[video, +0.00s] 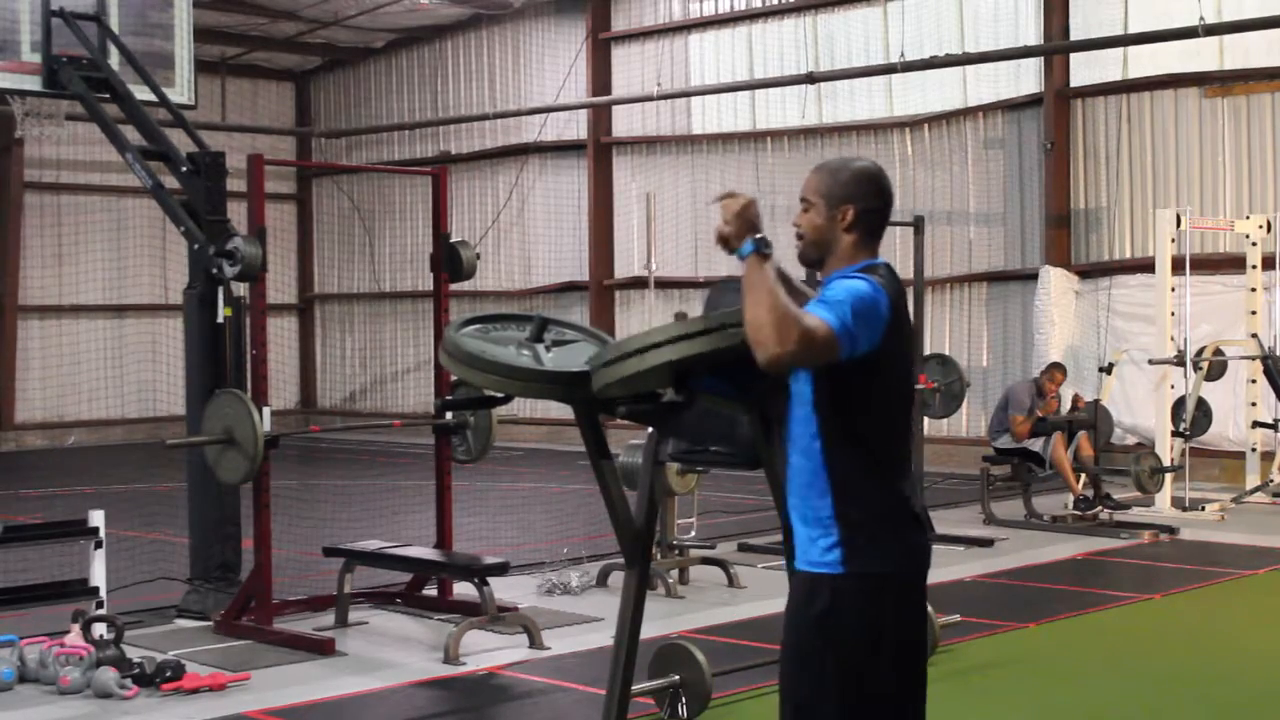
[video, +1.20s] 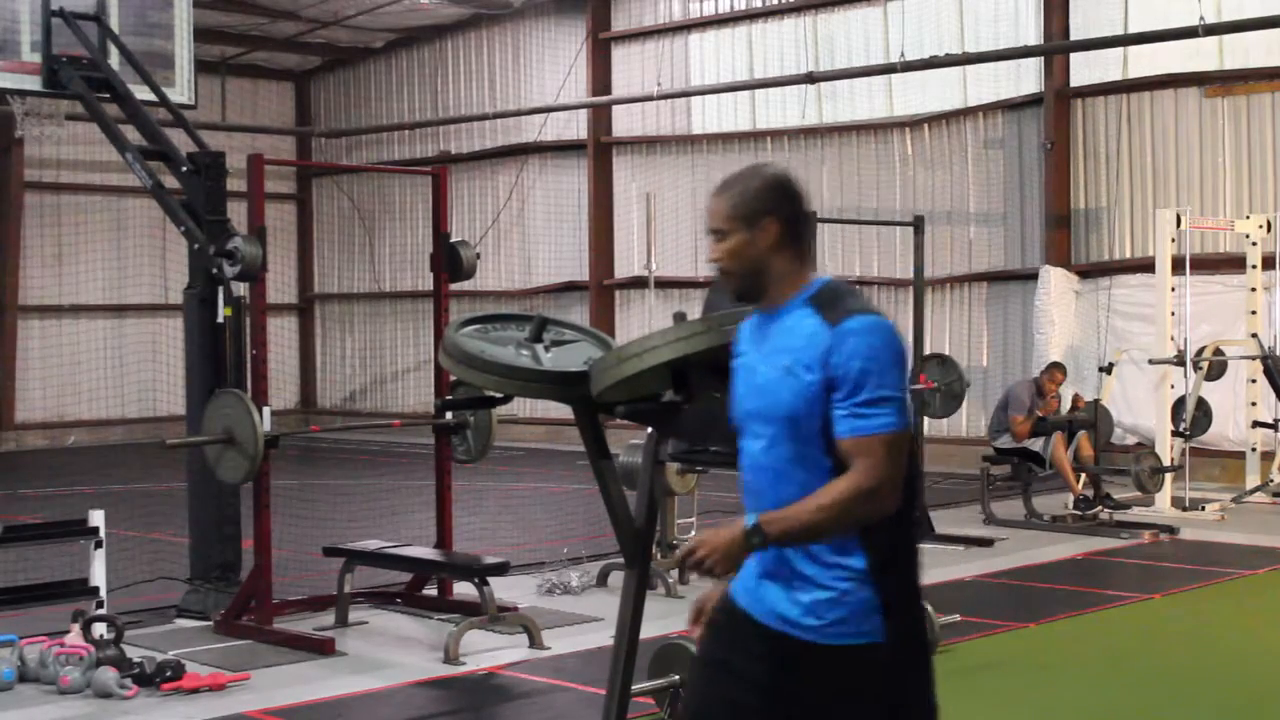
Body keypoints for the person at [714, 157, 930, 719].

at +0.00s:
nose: (796, 220)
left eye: (807, 208)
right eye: (799, 207)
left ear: (846, 219)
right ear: (849, 221)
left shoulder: (859, 292)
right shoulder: (856, 287)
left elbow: (779, 347)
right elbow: (810, 325)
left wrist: (749, 246)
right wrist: (761, 261)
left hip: (851, 565)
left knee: (829, 707)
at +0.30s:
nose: (816, 234)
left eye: (826, 220)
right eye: (816, 221)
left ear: (873, 226)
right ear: (877, 228)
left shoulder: (885, 309)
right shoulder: (897, 295)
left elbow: (819, 393)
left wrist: (758, 292)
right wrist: (836, 284)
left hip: (866, 577)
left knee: (842, 708)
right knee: (868, 707)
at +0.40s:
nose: (821, 240)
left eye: (830, 225)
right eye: (821, 226)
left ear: (877, 229)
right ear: (876, 231)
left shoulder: (899, 320)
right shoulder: (879, 309)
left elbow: (858, 433)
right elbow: (848, 417)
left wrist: (757, 356)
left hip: (884, 588)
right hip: (849, 578)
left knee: (878, 711)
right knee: (821, 707)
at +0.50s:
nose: (821, 238)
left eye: (832, 223)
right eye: (821, 223)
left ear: (880, 228)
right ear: (874, 231)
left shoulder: (911, 330)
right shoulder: (883, 315)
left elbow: (904, 473)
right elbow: (876, 447)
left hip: (899, 599)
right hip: (856, 589)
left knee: (893, 711)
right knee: (825, 707)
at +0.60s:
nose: (825, 232)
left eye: (836, 216)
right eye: (826, 217)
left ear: (884, 222)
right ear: (882, 224)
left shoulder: (917, 330)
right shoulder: (884, 313)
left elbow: (947, 477)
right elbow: (893, 457)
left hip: (906, 605)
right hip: (860, 595)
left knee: (901, 713)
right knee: (822, 709)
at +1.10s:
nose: (758, 243)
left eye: (768, 226)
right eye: (758, 227)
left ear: (817, 226)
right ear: (809, 228)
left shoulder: (893, 336)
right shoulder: (796, 318)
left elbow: (898, 487)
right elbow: (818, 468)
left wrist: (764, 519)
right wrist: (772, 561)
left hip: (872, 625)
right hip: (787, 603)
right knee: (735, 710)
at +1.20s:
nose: (712, 255)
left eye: (721, 236)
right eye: (712, 238)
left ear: (770, 232)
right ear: (766, 234)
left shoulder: (857, 333)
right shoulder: (752, 335)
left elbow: (878, 484)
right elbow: (783, 480)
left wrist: (750, 536)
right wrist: (734, 584)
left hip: (850, 629)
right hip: (759, 613)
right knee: (705, 709)